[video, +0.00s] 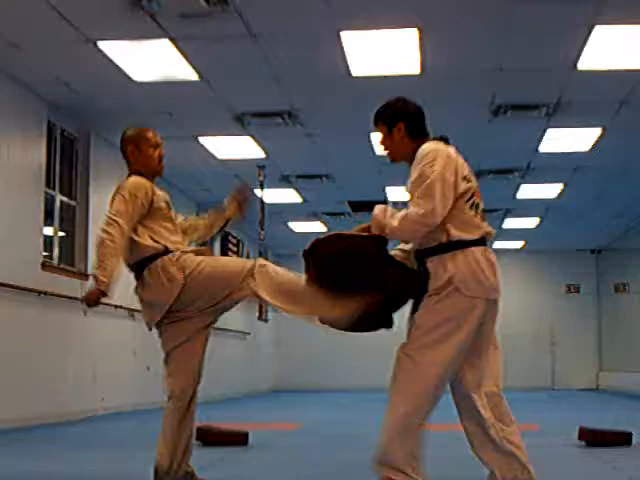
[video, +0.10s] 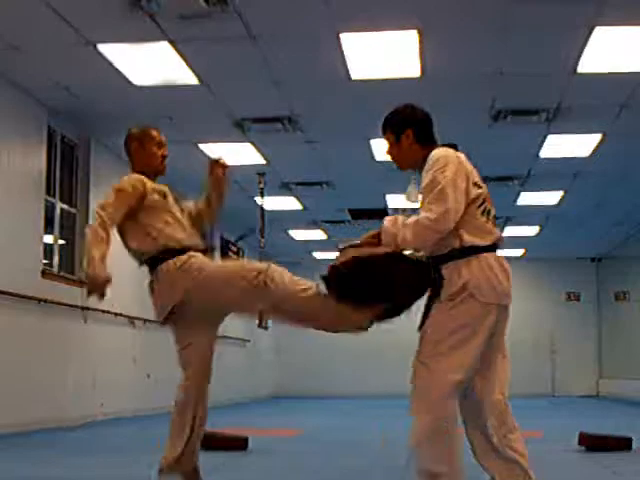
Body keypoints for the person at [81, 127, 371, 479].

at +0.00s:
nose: (161, 153)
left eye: (161, 146)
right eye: (153, 147)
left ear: (152, 152)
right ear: (132, 154)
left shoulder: (155, 197)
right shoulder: (134, 186)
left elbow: (188, 231)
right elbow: (113, 229)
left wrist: (228, 211)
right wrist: (102, 282)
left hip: (170, 302)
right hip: (173, 273)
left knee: (181, 393)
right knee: (256, 273)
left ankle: (172, 473)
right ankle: (339, 307)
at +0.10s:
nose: (164, 153)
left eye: (164, 147)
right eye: (156, 147)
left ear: (159, 154)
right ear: (135, 153)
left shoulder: (161, 196)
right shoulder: (133, 186)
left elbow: (200, 223)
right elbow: (103, 221)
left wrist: (216, 189)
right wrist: (95, 267)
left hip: (186, 285)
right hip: (181, 274)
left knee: (195, 379)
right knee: (265, 281)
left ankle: (179, 464)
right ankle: (350, 314)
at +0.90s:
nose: (221, 138)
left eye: (221, 132)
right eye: (214, 131)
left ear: (216, 140)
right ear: (188, 136)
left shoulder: (222, 190)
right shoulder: (171, 178)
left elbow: (218, 244)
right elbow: (144, 229)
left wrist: (238, 243)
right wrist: (196, 251)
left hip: (224, 293)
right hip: (187, 290)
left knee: (241, 379)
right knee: (179, 372)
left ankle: (252, 469)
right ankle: (118, 457)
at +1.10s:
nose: (184, 160)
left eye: (184, 154)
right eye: (177, 152)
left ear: (169, 160)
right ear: (153, 156)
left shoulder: (164, 208)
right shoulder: (133, 200)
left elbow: (160, 261)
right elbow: (120, 258)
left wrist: (186, 277)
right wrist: (175, 269)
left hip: (177, 311)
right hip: (148, 310)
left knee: (202, 397)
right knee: (129, 402)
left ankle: (215, 473)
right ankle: (76, 474)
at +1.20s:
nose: (162, 155)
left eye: (161, 149)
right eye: (156, 147)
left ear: (138, 151)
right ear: (133, 149)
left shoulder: (135, 198)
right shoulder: (116, 190)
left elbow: (121, 254)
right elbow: (108, 243)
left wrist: (160, 263)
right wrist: (162, 250)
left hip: (140, 300)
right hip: (119, 299)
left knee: (161, 394)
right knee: (104, 397)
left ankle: (204, 465)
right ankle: (75, 473)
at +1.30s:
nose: (138, 147)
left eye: (137, 141)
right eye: (132, 140)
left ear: (114, 145)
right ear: (110, 143)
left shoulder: (111, 185)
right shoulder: (97, 178)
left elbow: (101, 249)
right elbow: (105, 227)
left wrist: (136, 263)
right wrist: (160, 241)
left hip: (113, 293)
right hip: (92, 291)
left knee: (126, 384)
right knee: (88, 384)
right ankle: (74, 471)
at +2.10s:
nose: (46, 150)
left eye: (46, 143)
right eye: (41, 142)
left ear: (27, 146)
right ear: (18, 142)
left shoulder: (23, 188)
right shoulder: (5, 180)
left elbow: (18, 240)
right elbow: (7, 235)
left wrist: (30, 283)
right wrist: (57, 226)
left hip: (16, 290)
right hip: (6, 291)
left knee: (31, 367)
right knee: (32, 366)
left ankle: (37, 458)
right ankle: (35, 461)